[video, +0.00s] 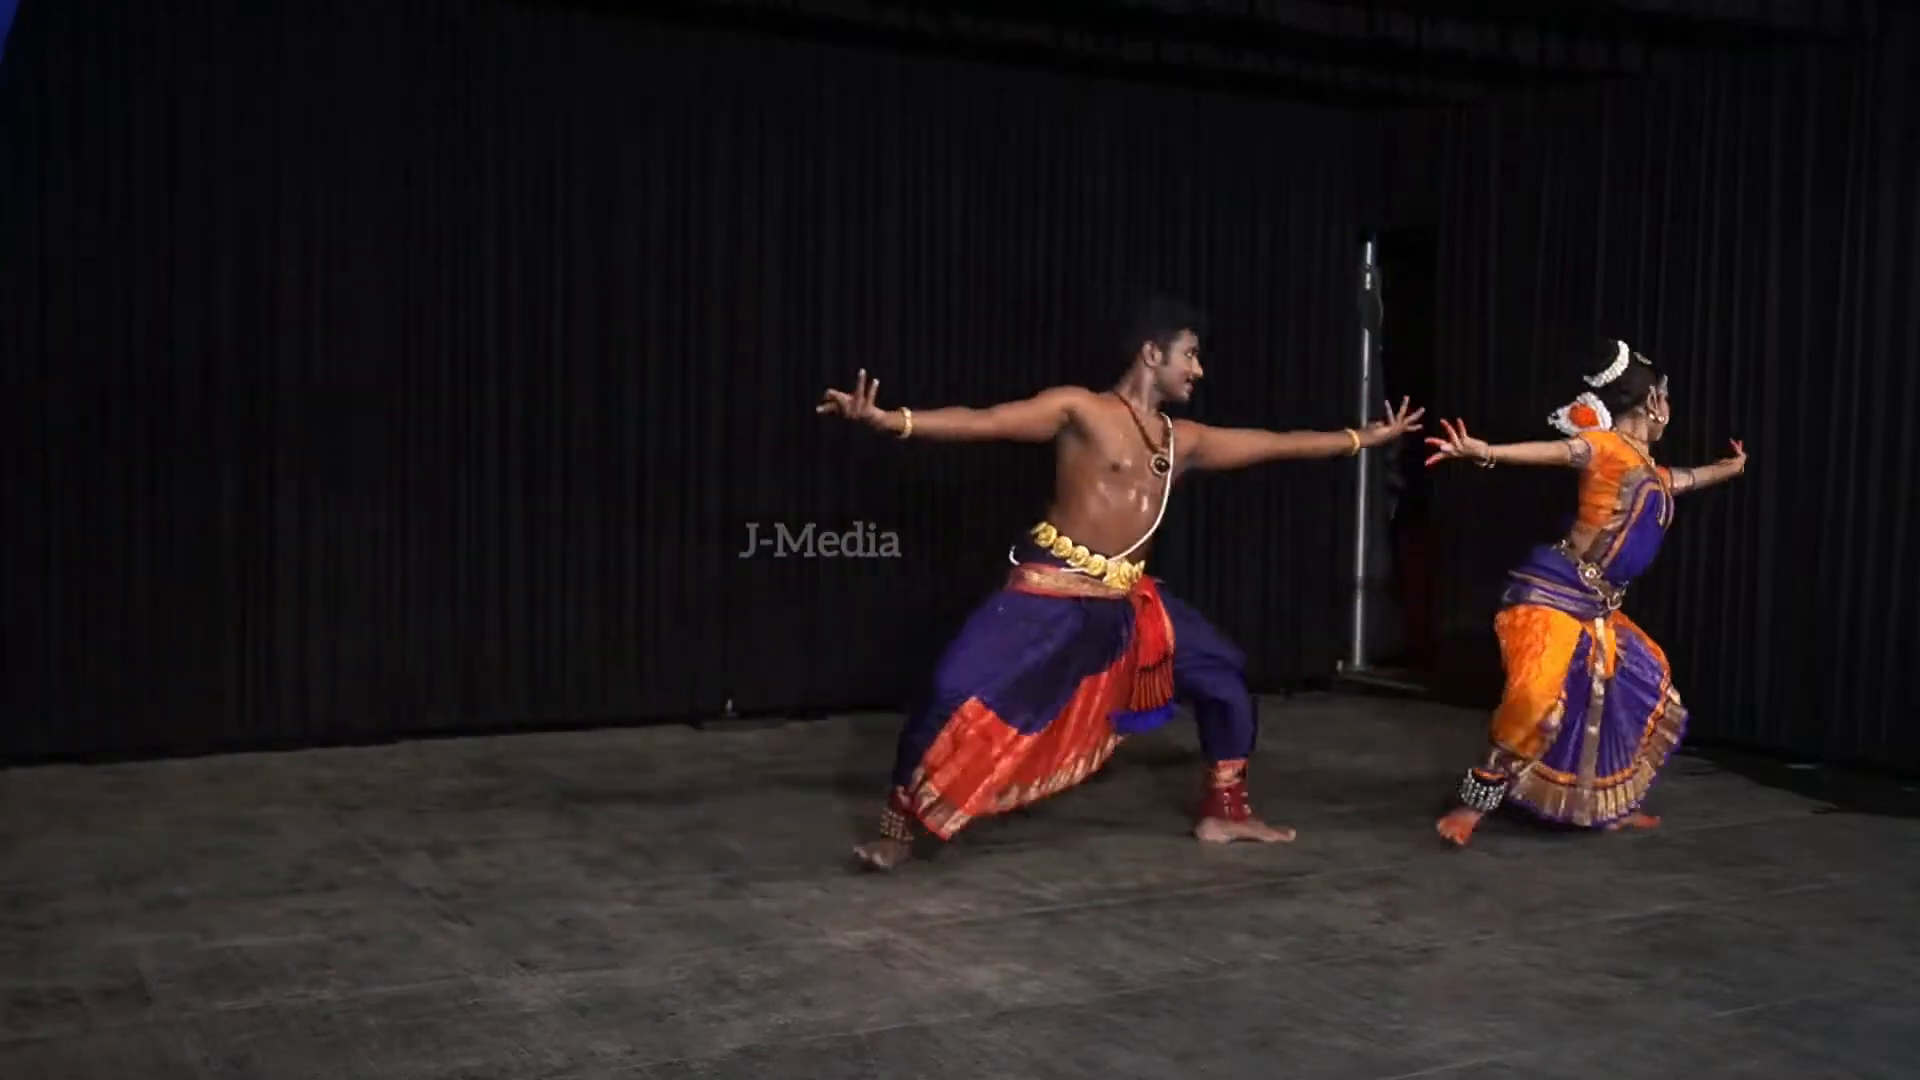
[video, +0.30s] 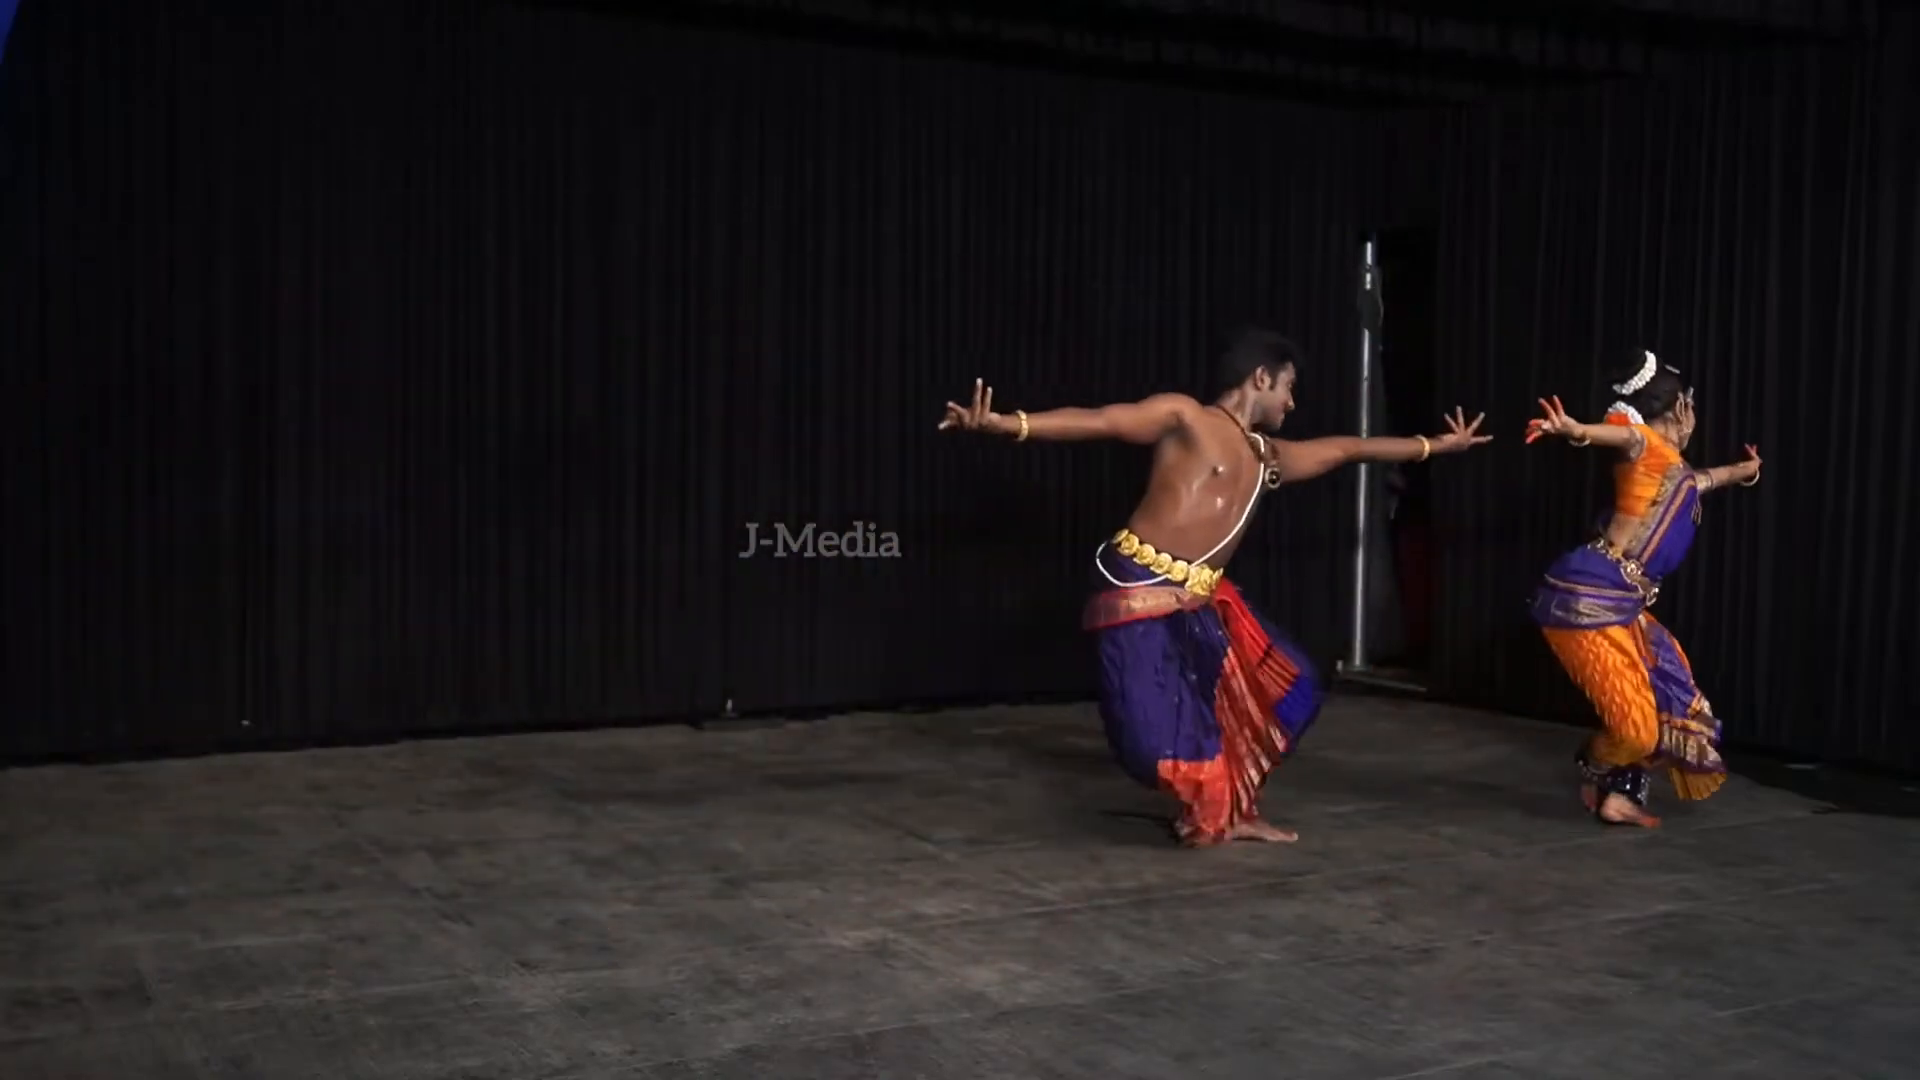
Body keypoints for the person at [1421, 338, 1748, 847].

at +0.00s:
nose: (1669, 407)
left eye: (1666, 398)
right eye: (1665, 398)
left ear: (1637, 406)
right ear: (1650, 405)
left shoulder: (1653, 472)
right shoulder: (1605, 446)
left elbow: (1690, 478)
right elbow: (1553, 452)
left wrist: (1735, 467)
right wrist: (1488, 451)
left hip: (1599, 612)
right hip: (1551, 598)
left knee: (1651, 690)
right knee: (1535, 696)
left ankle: (1606, 802)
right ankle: (1476, 803)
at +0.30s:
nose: (1694, 415)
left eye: (1692, 407)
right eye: (1691, 407)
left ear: (1668, 415)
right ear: (1676, 412)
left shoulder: (1678, 472)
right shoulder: (1645, 440)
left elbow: (1704, 481)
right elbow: (1618, 433)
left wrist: (1743, 470)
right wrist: (1575, 430)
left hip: (1623, 609)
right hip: (1584, 604)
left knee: (1672, 694)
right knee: (1636, 725)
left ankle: (1623, 795)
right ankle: (1594, 767)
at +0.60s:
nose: (1713, 407)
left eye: (1710, 395)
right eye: (1707, 395)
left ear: (1683, 399)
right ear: (1683, 399)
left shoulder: (1685, 461)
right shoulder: (1650, 440)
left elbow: (1724, 481)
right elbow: (1624, 462)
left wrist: (1762, 457)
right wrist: (1599, 445)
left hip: (1635, 600)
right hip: (1592, 599)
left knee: (1692, 684)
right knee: (1627, 714)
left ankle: (1645, 804)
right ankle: (1597, 774)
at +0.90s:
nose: (1676, 375)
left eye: (1680, 365)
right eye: (1662, 363)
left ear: (1681, 379)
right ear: (1626, 373)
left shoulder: (1678, 441)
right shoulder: (1603, 433)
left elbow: (1736, 444)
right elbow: (1565, 473)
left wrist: (1751, 466)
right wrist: (1643, 492)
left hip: (1629, 595)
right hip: (1569, 587)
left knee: (1686, 672)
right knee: (1553, 677)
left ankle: (1640, 799)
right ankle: (1537, 819)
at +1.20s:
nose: (1599, 348)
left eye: (1603, 338)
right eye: (1584, 335)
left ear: (1604, 350)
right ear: (1547, 345)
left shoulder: (1597, 421)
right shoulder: (1520, 407)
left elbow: (1667, 434)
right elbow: (1492, 442)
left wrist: (1672, 451)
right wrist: (1569, 480)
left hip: (1538, 584)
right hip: (1477, 580)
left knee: (1602, 670)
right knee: (1490, 706)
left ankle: (1526, 766)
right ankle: (1518, 846)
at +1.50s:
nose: (1507, 336)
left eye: (1509, 325)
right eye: (1491, 324)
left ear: (1506, 341)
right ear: (1453, 338)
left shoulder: (1509, 419)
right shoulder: (1424, 402)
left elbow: (1590, 437)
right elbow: (1387, 434)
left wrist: (1586, 454)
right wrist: (1470, 467)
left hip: (1457, 592)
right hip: (1395, 582)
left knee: (1469, 717)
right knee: (1415, 707)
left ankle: (1358, 827)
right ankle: (1453, 825)